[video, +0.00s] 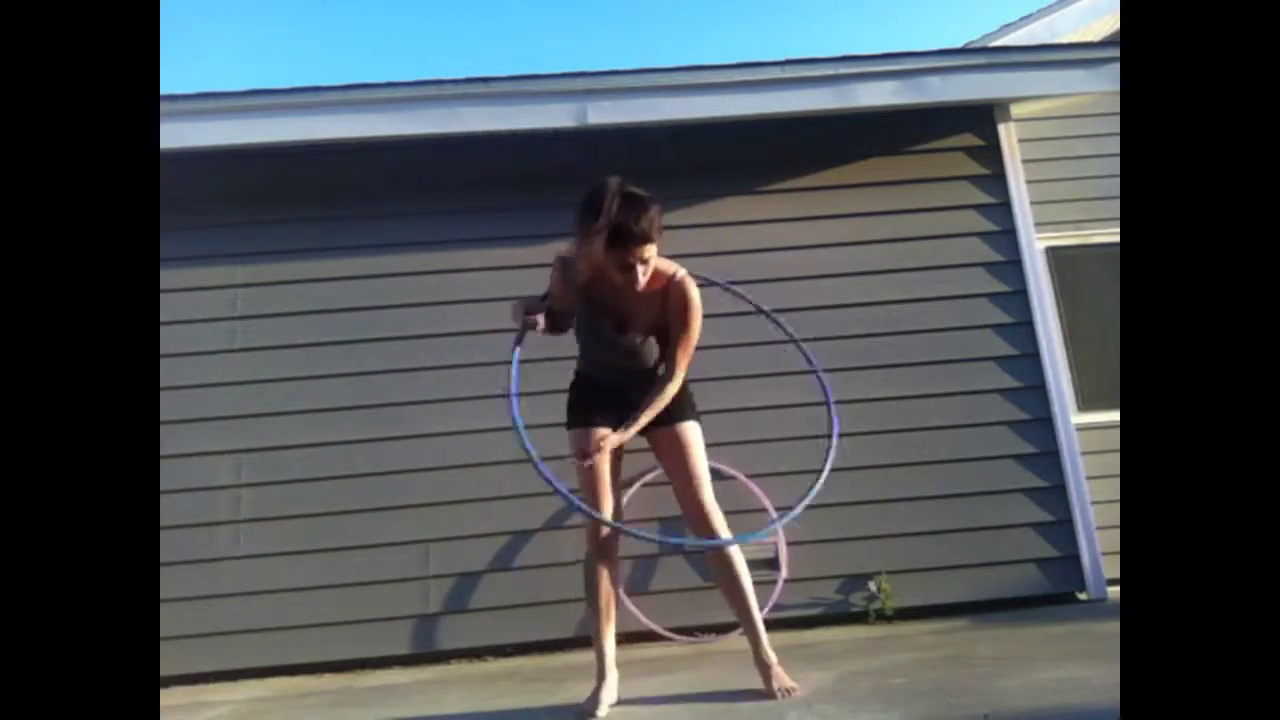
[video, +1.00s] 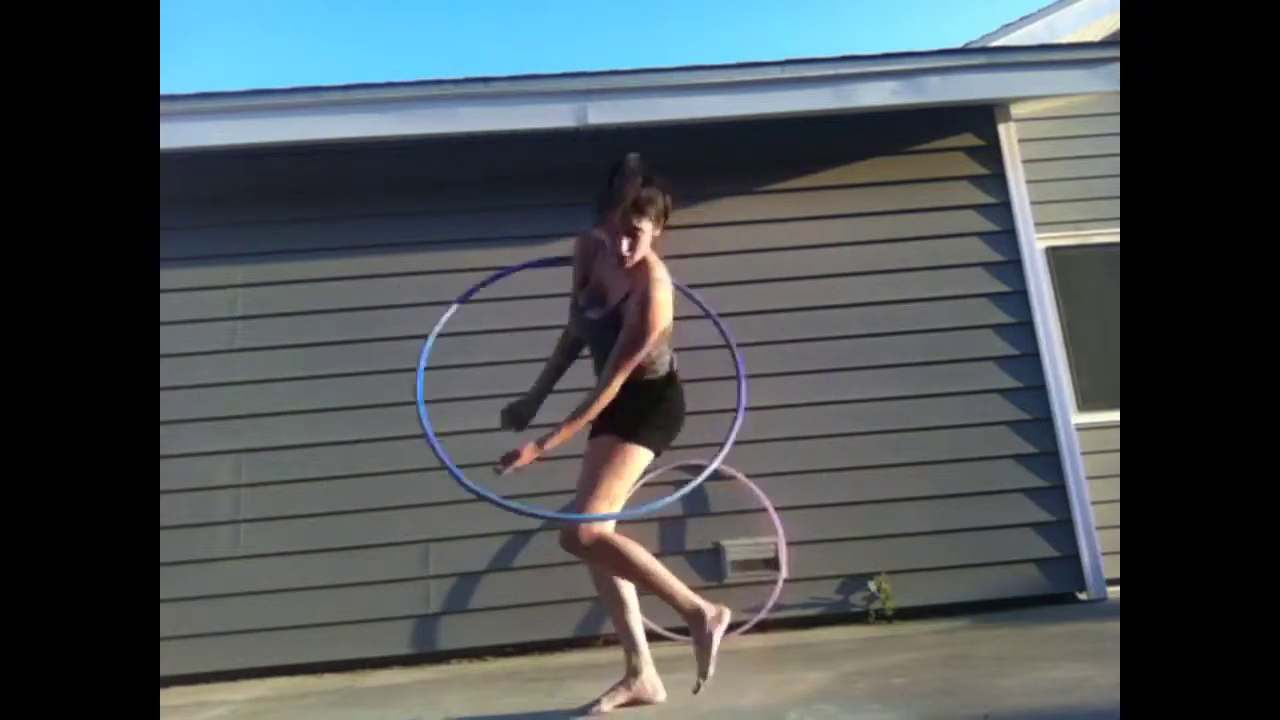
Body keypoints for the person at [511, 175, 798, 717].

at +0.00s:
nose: (640, 272)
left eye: (648, 260)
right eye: (628, 263)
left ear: (660, 244)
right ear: (603, 247)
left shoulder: (680, 290)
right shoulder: (575, 267)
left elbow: (674, 378)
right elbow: (559, 320)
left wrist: (626, 432)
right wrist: (535, 316)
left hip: (661, 387)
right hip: (596, 390)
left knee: (705, 515)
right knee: (602, 532)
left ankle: (765, 655)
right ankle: (606, 676)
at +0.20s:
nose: (676, 272)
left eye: (685, 259)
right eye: (664, 263)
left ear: (700, 245)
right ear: (639, 252)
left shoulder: (720, 274)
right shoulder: (611, 293)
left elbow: (716, 328)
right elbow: (613, 371)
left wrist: (735, 373)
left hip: (694, 381)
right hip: (630, 387)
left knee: (733, 521)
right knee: (627, 529)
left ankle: (768, 659)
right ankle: (611, 675)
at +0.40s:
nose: (717, 266)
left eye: (724, 255)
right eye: (706, 258)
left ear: (731, 243)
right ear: (680, 245)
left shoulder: (735, 258)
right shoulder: (649, 295)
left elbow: (733, 285)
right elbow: (649, 375)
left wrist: (767, 281)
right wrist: (700, 426)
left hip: (710, 383)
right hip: (650, 392)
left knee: (749, 513)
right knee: (651, 532)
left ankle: (770, 661)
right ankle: (614, 675)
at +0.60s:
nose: (725, 280)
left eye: (731, 270)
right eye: (715, 272)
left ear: (736, 257)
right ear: (689, 257)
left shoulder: (741, 269)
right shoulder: (651, 306)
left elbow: (731, 303)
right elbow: (658, 390)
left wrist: (769, 308)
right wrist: (712, 454)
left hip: (709, 384)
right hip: (650, 394)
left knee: (747, 512)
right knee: (649, 524)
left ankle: (768, 659)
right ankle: (617, 674)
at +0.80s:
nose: (676, 288)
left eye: (685, 277)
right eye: (668, 277)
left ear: (699, 266)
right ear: (647, 263)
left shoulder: (723, 301)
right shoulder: (612, 300)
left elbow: (723, 378)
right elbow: (617, 386)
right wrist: (623, 457)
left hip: (699, 401)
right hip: (634, 401)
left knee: (724, 525)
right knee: (607, 527)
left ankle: (766, 658)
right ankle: (644, 674)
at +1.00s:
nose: (624, 244)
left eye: (635, 235)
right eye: (618, 231)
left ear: (656, 232)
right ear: (605, 222)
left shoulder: (652, 289)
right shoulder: (591, 248)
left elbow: (612, 386)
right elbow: (576, 331)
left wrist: (541, 446)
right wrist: (533, 398)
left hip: (651, 398)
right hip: (614, 394)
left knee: (587, 529)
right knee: (589, 534)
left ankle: (702, 613)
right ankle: (642, 676)